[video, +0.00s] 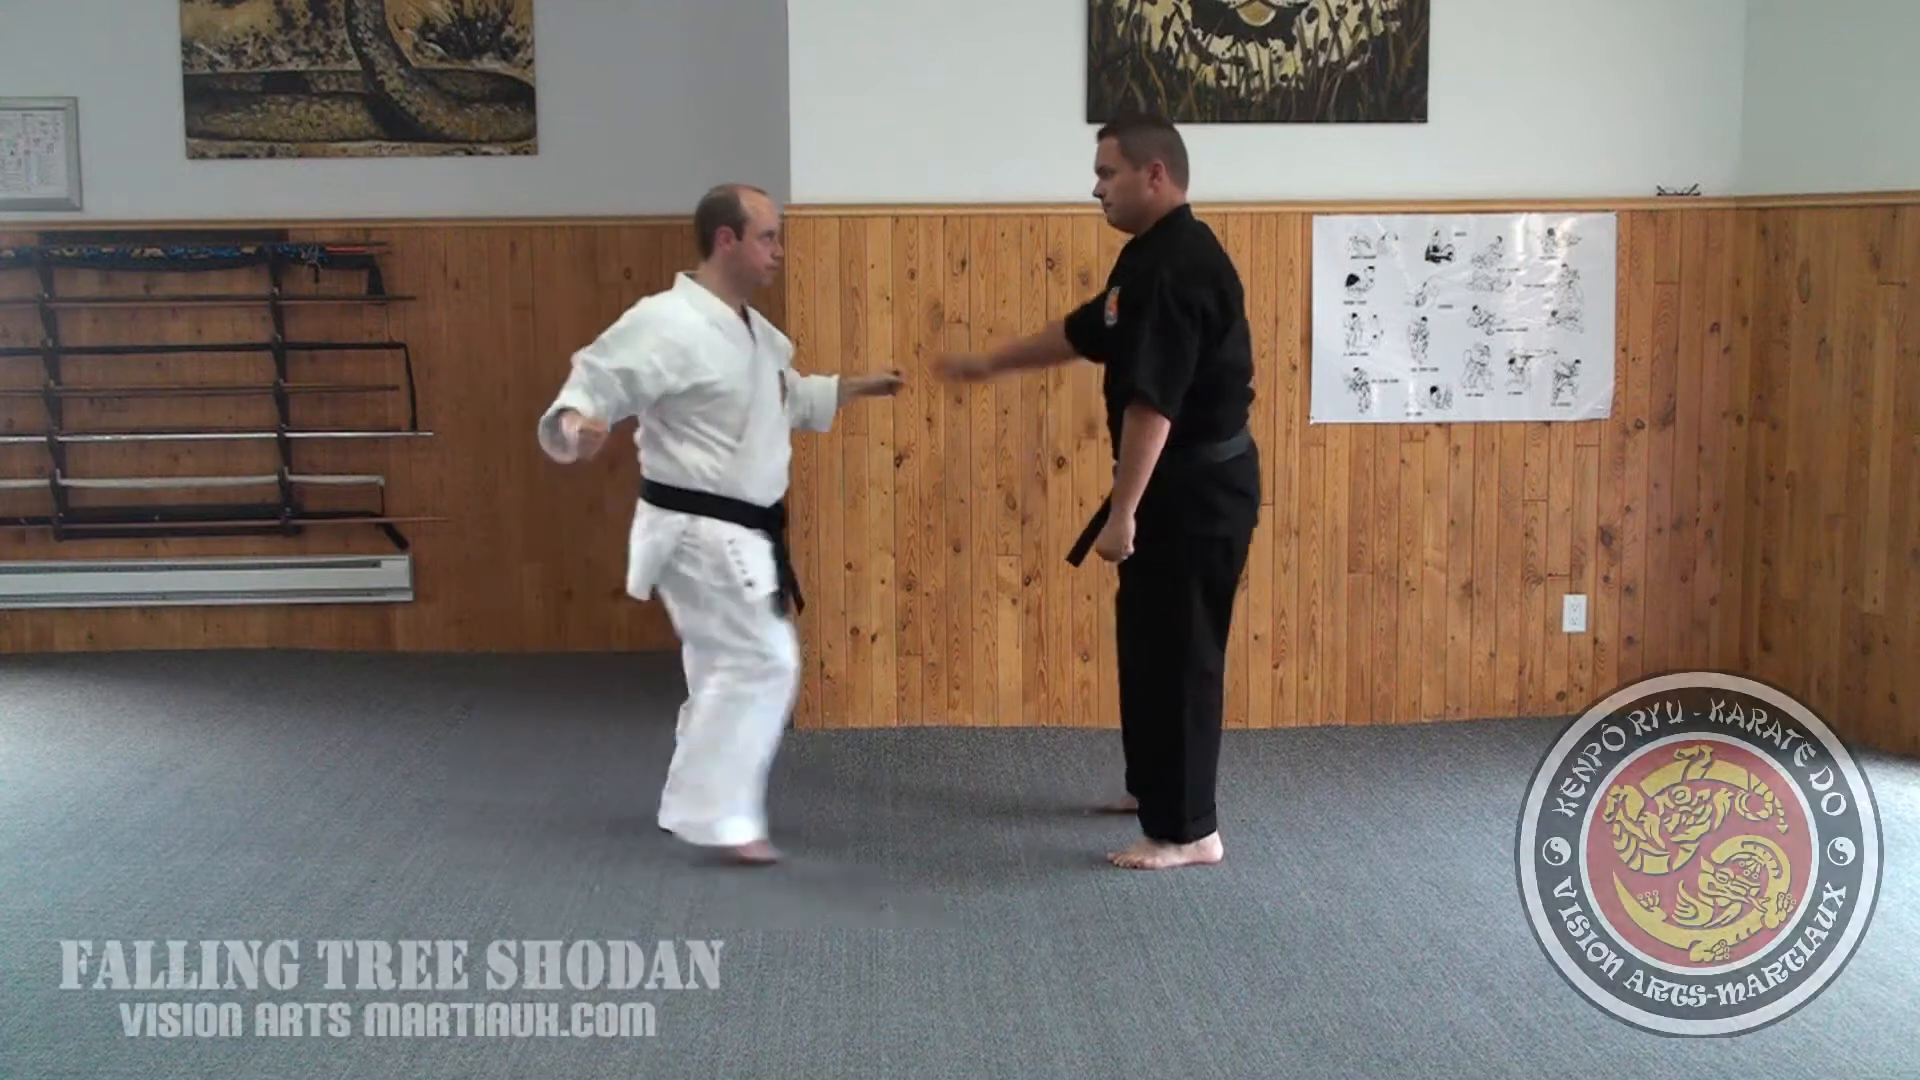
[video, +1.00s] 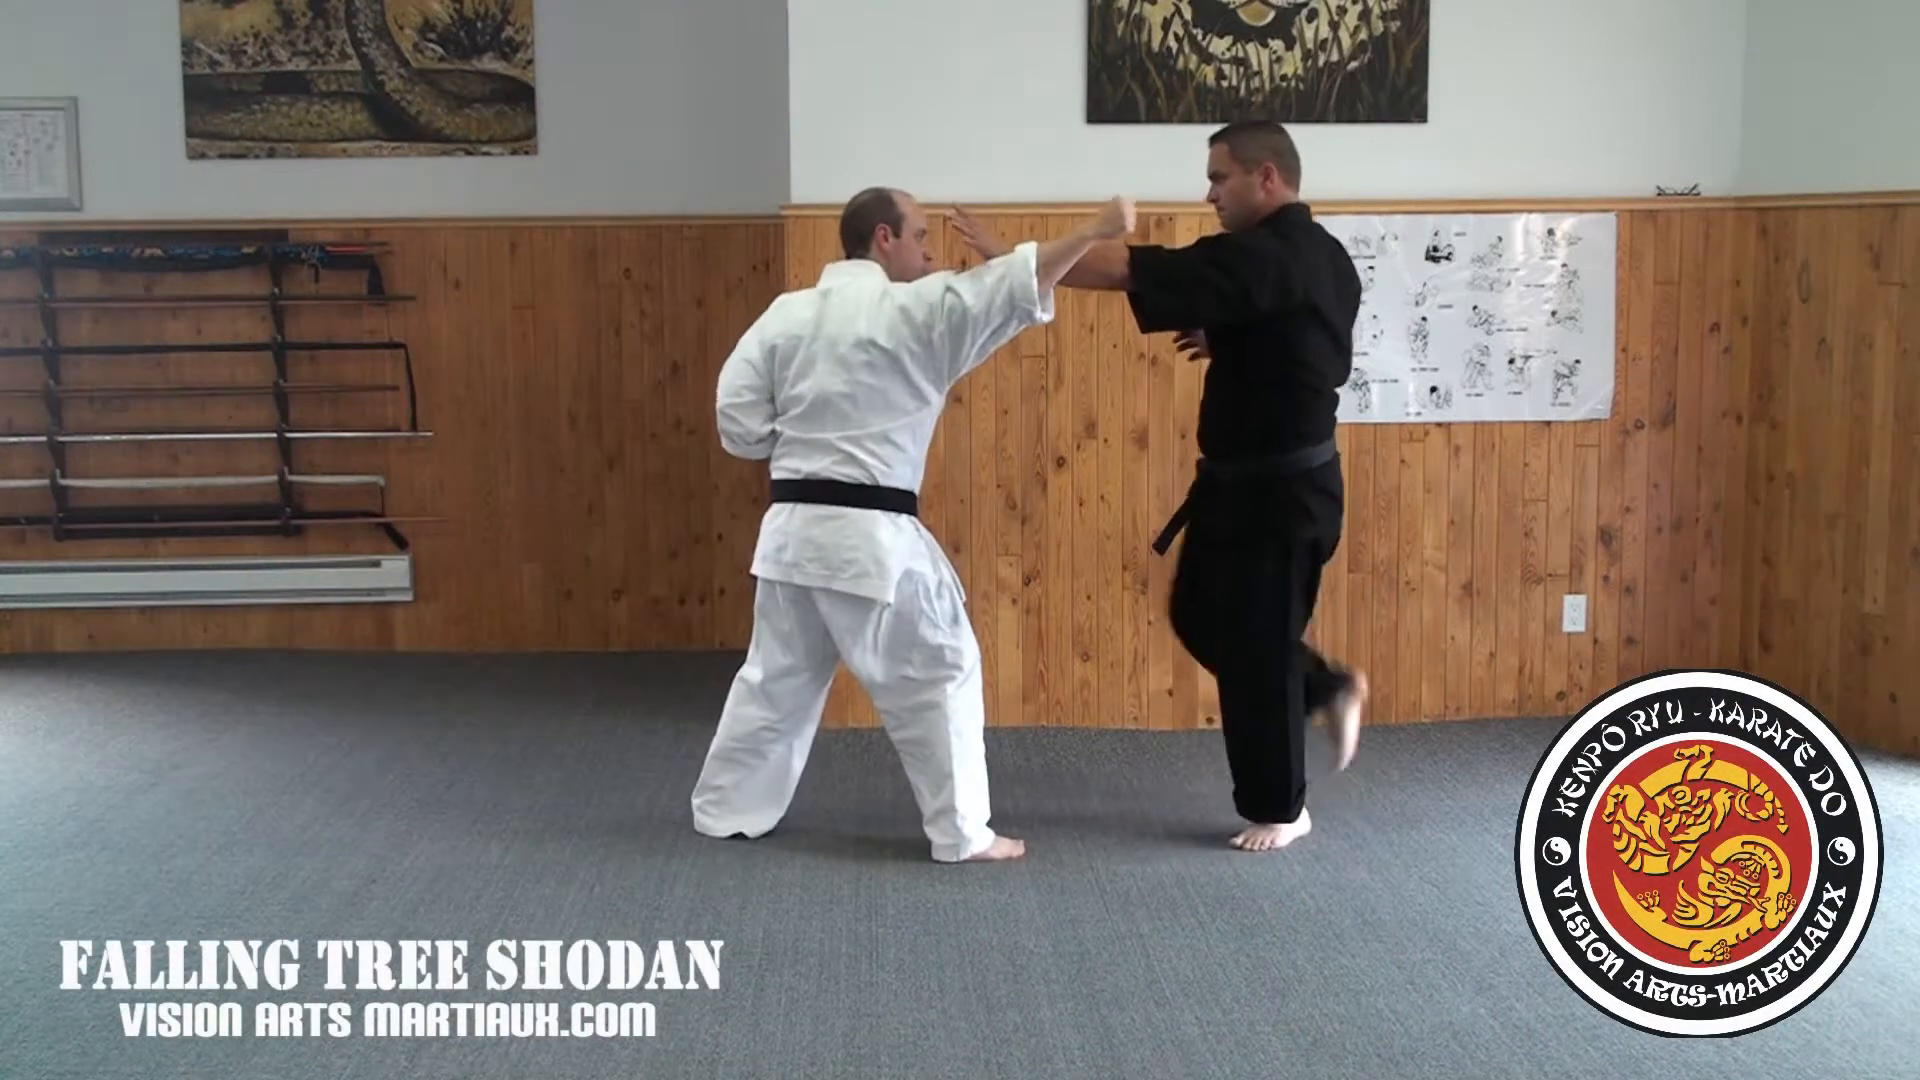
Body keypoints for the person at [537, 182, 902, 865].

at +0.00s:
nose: (779, 252)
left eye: (779, 239)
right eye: (768, 238)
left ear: (742, 243)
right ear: (725, 240)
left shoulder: (758, 334)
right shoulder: (665, 322)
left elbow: (788, 399)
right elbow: (585, 394)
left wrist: (856, 388)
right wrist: (572, 432)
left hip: (744, 527)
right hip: (697, 528)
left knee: (721, 672)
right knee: (766, 662)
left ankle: (695, 804)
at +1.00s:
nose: (929, 251)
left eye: (928, 237)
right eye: (921, 237)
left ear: (862, 243)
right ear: (885, 240)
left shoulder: (786, 312)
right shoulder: (921, 306)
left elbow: (737, 421)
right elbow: (1014, 279)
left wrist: (799, 447)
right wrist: (1095, 233)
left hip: (788, 529)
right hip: (875, 535)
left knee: (774, 675)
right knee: (941, 672)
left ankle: (723, 812)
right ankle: (962, 834)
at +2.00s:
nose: (885, 248)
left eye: (881, 235)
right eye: (875, 236)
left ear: (823, 249)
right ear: (843, 245)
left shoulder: (765, 333)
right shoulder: (873, 329)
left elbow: (731, 440)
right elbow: (894, 446)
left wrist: (792, 480)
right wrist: (933, 537)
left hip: (790, 540)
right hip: (872, 541)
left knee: (781, 677)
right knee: (950, 669)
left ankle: (721, 809)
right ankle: (965, 830)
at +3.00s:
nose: (839, 247)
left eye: (831, 237)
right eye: (828, 239)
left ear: (780, 267)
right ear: (803, 257)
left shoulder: (749, 353)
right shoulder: (856, 329)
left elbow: (735, 474)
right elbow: (894, 444)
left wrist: (799, 487)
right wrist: (934, 533)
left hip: (801, 547)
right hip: (880, 540)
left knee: (787, 679)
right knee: (965, 666)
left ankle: (721, 807)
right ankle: (965, 830)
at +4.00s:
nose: (852, 270)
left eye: (851, 256)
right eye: (845, 256)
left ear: (786, 262)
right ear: (810, 258)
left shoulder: (730, 353)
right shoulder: (833, 337)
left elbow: (720, 474)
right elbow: (865, 448)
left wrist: (786, 501)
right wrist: (907, 536)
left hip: (784, 553)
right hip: (859, 548)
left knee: (787, 678)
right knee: (949, 664)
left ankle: (721, 807)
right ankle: (964, 830)